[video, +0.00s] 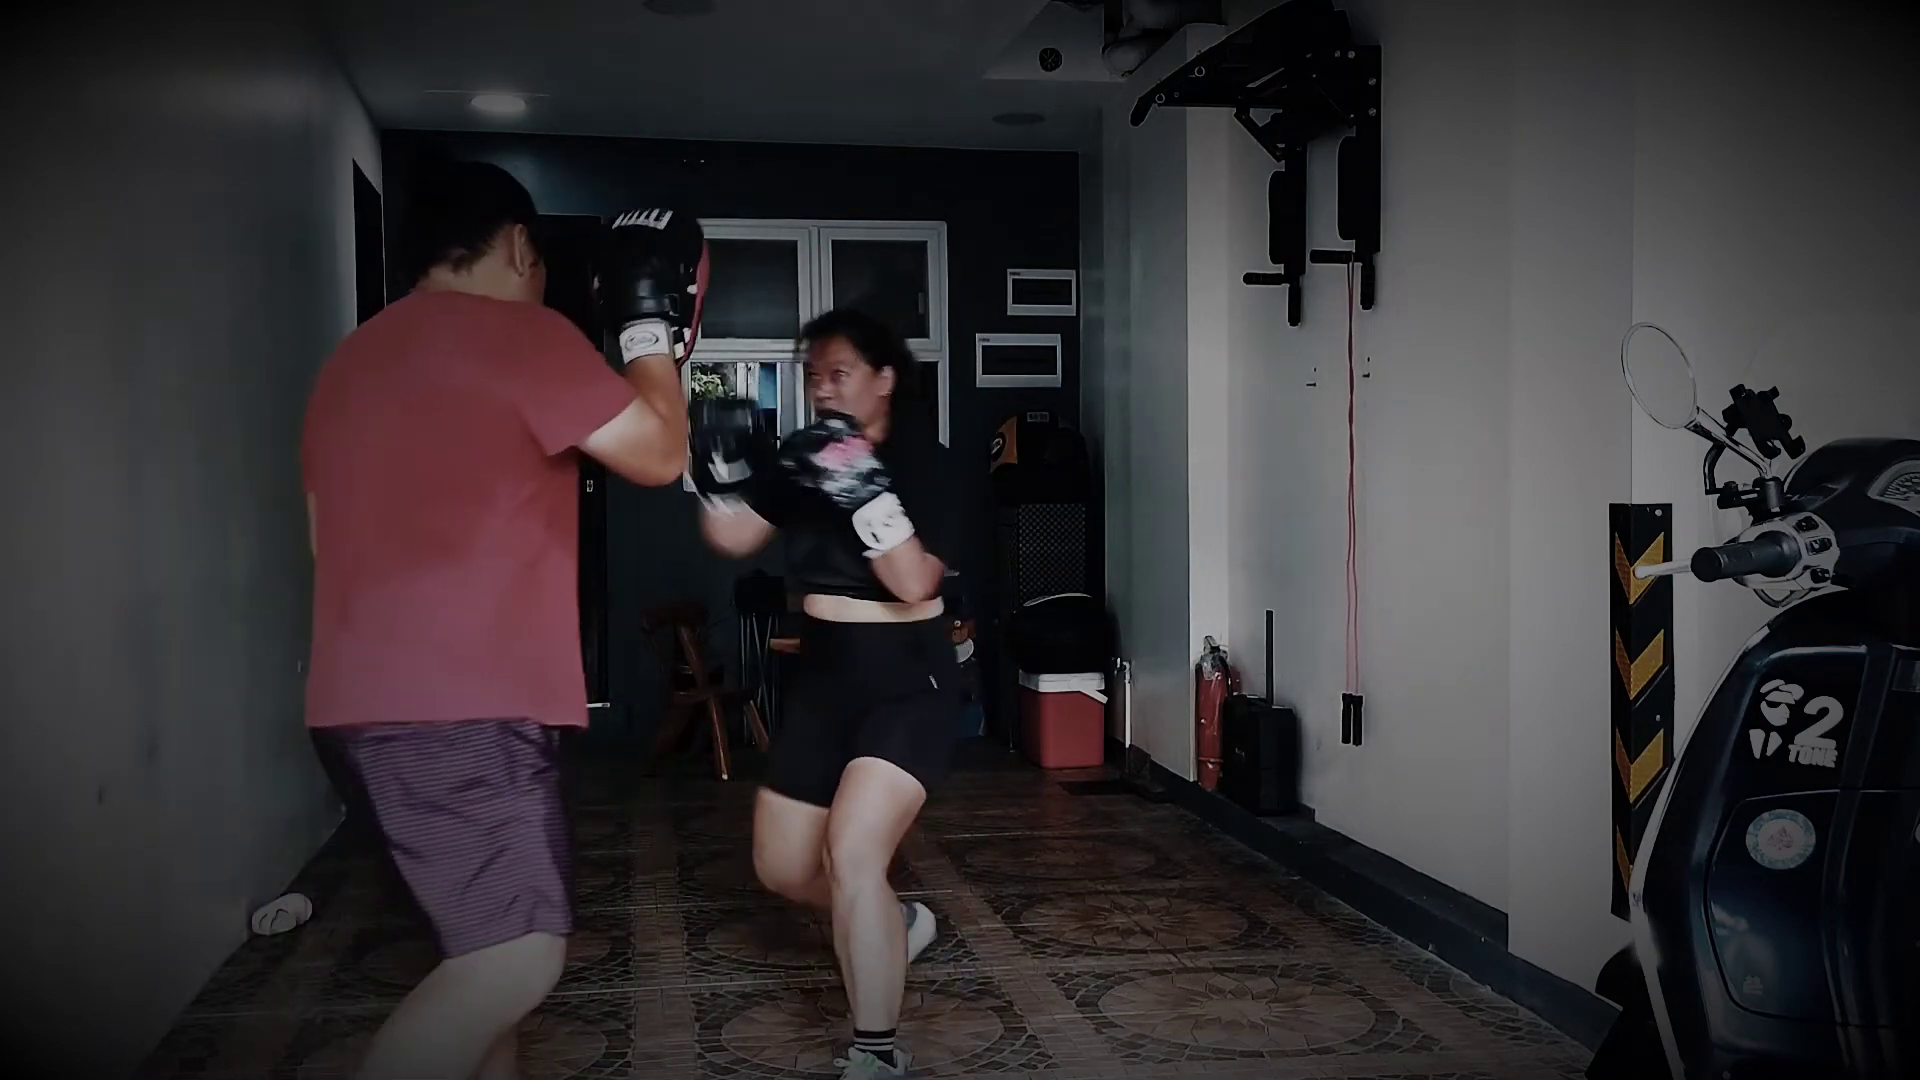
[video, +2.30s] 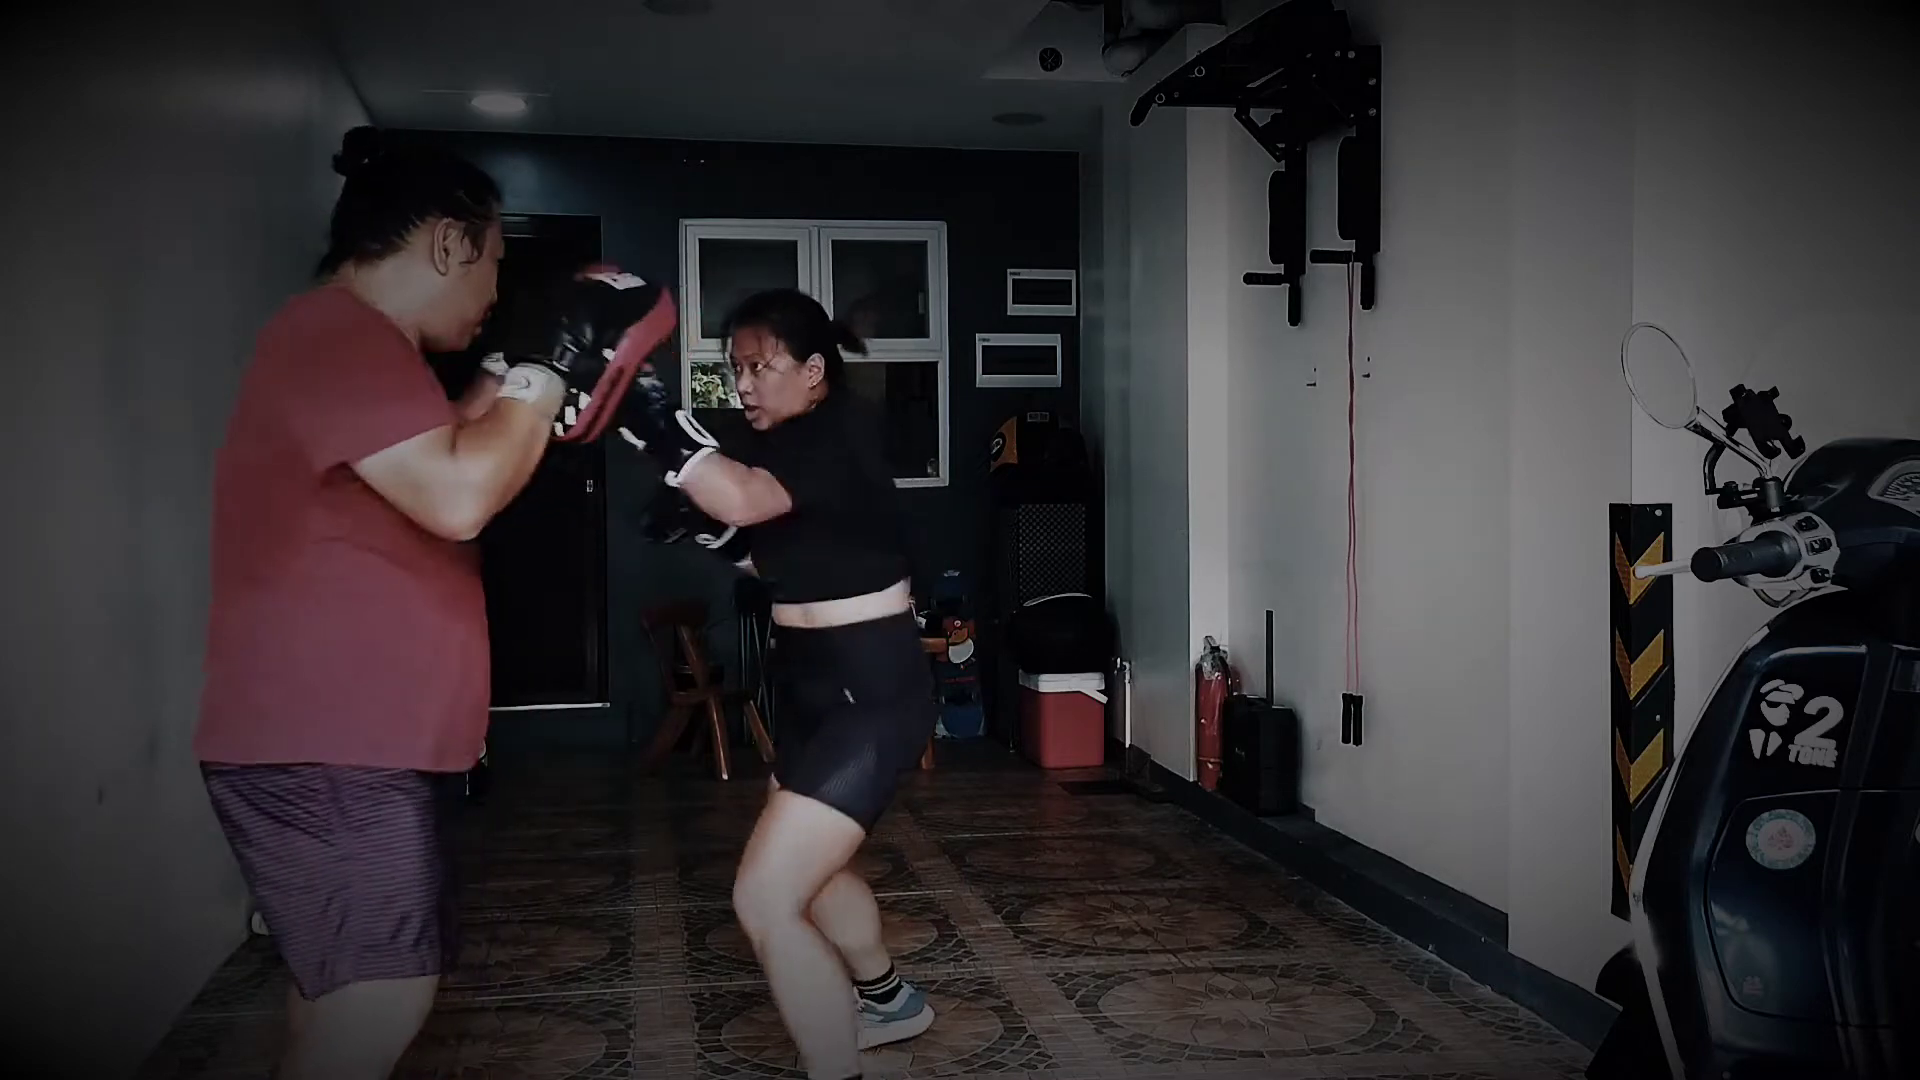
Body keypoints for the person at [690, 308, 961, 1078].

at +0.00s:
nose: (824, 390)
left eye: (841, 375)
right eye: (815, 377)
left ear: (889, 380)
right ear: (807, 386)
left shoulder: (930, 465)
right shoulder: (801, 464)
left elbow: (917, 585)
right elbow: (734, 540)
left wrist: (866, 492)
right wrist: (720, 471)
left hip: (910, 679)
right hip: (821, 674)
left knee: (855, 849)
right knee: (785, 866)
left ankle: (874, 1054)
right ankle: (906, 926)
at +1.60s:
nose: (746, 383)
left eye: (761, 367)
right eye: (739, 369)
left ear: (808, 371)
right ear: (736, 377)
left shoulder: (841, 442)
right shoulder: (751, 463)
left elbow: (894, 553)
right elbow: (724, 567)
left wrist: (816, 489)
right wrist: (694, 524)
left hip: (863, 656)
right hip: (809, 661)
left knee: (732, 811)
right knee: (797, 847)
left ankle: (826, 1004)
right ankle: (871, 991)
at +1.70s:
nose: (728, 377)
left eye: (741, 358)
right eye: (721, 365)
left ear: (791, 357)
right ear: (727, 371)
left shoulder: (812, 414)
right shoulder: (798, 434)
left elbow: (771, 469)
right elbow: (779, 559)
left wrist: (690, 405)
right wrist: (721, 523)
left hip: (848, 649)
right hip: (881, 648)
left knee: (748, 841)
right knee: (823, 840)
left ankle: (849, 1033)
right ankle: (871, 990)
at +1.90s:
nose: (743, 362)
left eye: (758, 344)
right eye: (739, 347)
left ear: (812, 348)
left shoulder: (852, 422)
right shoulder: (754, 436)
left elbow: (805, 529)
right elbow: (752, 562)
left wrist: (713, 468)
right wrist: (703, 512)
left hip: (869, 666)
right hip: (794, 664)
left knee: (809, 886)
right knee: (777, 838)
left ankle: (857, 1068)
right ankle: (873, 983)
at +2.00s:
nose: (758, 364)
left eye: (777, 349)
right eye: (755, 347)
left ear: (833, 356)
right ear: (752, 351)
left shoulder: (884, 447)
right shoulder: (743, 433)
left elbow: (929, 580)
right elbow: (617, 455)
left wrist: (833, 536)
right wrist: (614, 370)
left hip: (878, 670)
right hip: (790, 673)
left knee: (831, 880)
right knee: (774, 868)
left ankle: (861, 1066)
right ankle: (884, 990)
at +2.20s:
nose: (755, 373)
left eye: (771, 355)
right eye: (748, 357)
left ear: (826, 358)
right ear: (748, 363)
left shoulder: (867, 442)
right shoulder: (764, 452)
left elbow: (863, 563)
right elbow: (706, 537)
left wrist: (778, 495)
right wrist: (649, 497)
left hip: (870, 674)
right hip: (800, 674)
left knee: (780, 880)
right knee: (816, 862)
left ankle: (854, 1069)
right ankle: (889, 993)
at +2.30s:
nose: (744, 385)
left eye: (760, 367)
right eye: (739, 368)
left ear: (814, 370)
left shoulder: (840, 433)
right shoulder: (775, 443)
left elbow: (740, 500)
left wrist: (664, 430)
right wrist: (721, 528)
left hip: (872, 682)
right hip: (804, 674)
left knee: (764, 896)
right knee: (812, 867)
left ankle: (836, 1074)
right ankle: (884, 995)